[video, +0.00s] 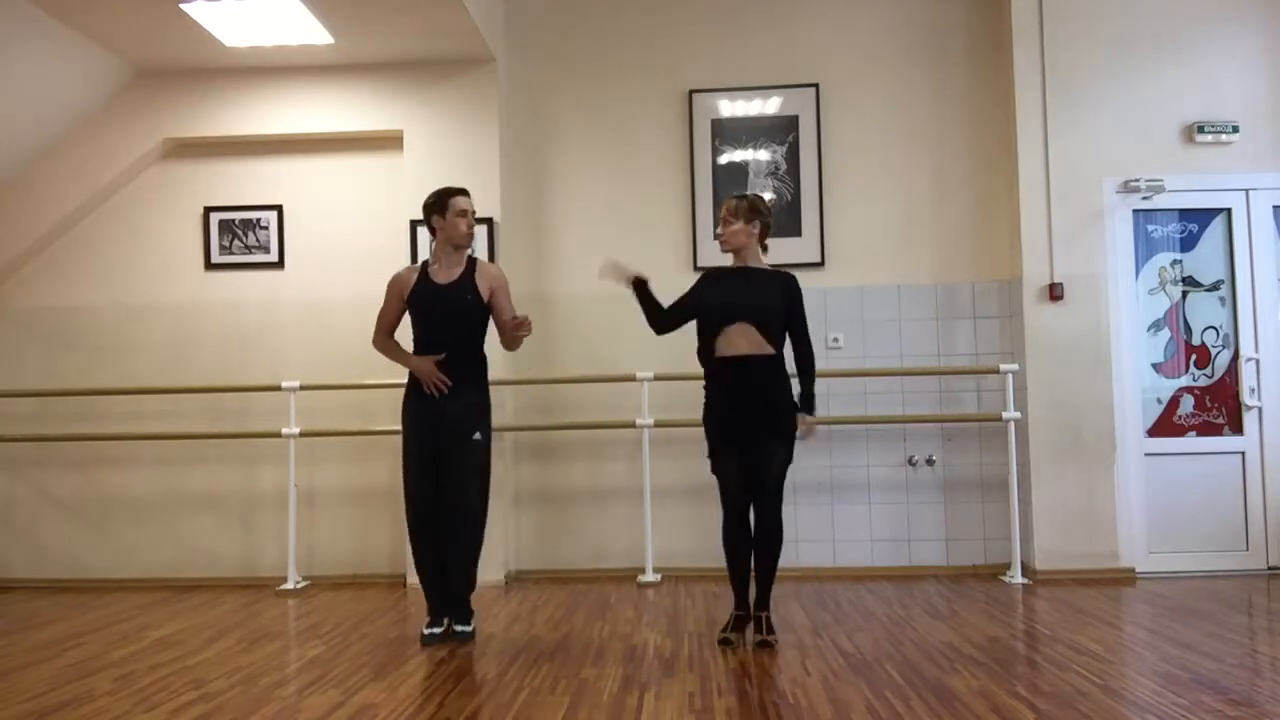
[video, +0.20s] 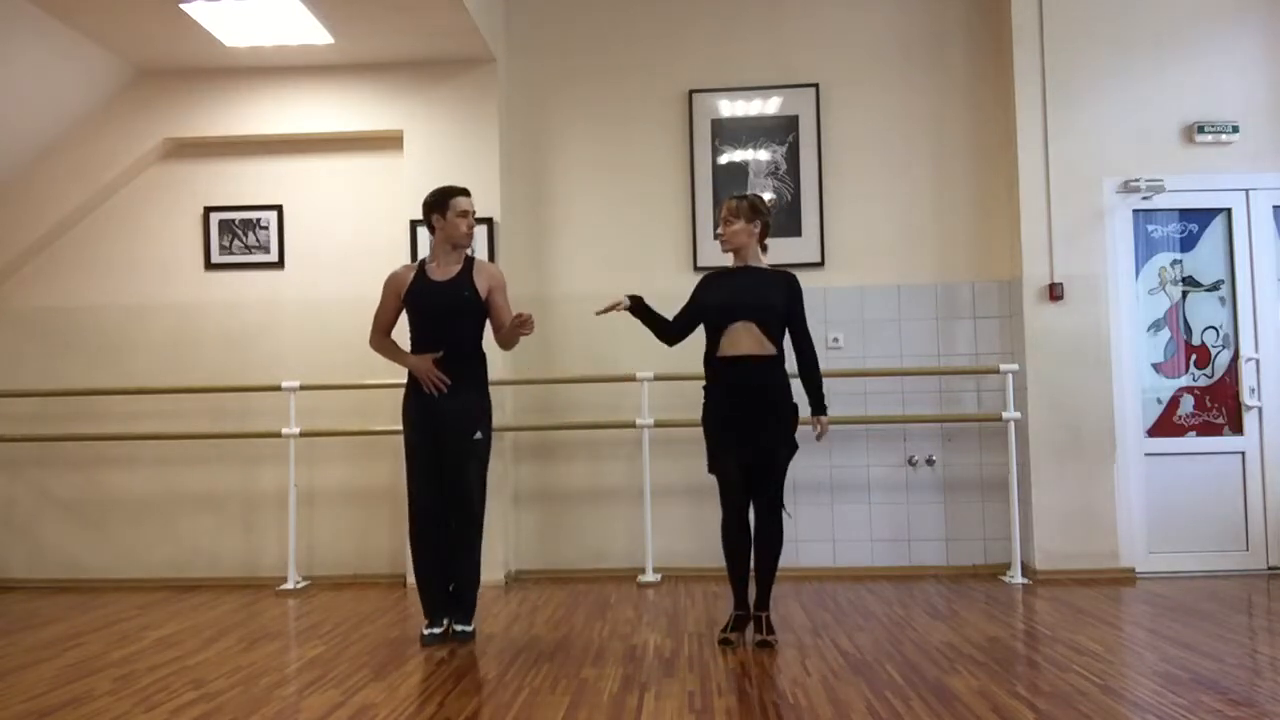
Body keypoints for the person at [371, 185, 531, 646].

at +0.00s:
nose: (470, 222)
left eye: (472, 215)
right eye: (461, 215)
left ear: (473, 223)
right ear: (436, 223)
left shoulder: (489, 276)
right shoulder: (407, 281)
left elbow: (508, 340)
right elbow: (381, 338)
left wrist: (518, 329)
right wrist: (413, 362)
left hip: (469, 401)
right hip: (423, 403)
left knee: (466, 507)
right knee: (424, 506)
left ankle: (461, 611)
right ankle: (437, 612)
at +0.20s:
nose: (471, 222)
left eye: (473, 216)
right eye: (462, 215)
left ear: (470, 222)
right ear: (436, 222)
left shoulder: (487, 275)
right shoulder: (404, 280)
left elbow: (504, 339)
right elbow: (378, 338)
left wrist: (517, 328)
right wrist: (411, 361)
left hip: (469, 402)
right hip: (423, 404)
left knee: (465, 509)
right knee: (427, 508)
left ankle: (462, 615)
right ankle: (436, 615)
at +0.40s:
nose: (469, 224)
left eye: (471, 217)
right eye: (460, 216)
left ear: (469, 223)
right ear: (435, 221)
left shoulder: (485, 274)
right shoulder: (401, 280)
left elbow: (502, 339)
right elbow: (375, 338)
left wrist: (517, 329)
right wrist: (408, 362)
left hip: (468, 402)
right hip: (421, 405)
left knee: (466, 510)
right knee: (427, 511)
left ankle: (462, 614)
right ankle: (434, 615)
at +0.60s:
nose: (467, 223)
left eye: (469, 216)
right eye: (458, 216)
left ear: (468, 222)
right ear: (433, 221)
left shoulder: (484, 275)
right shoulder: (400, 281)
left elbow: (501, 339)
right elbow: (372, 339)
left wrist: (517, 332)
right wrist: (407, 362)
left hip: (467, 402)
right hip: (420, 405)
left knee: (465, 510)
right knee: (426, 510)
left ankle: (462, 614)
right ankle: (435, 615)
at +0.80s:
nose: (467, 220)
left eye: (468, 213)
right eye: (458, 213)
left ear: (464, 219)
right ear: (431, 218)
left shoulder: (481, 273)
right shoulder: (397, 275)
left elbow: (510, 319)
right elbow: (365, 334)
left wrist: (519, 339)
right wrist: (404, 341)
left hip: (464, 402)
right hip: (416, 405)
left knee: (463, 507)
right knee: (423, 508)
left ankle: (461, 614)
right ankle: (434, 615)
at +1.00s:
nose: (440, 229)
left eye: (447, 221)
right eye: (431, 223)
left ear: (459, 230)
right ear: (417, 233)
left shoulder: (482, 285)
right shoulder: (399, 291)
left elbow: (527, 320)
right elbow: (385, 358)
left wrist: (514, 360)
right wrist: (405, 369)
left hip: (452, 403)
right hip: (405, 404)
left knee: (440, 481)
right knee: (410, 506)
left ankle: (443, 592)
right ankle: (432, 608)